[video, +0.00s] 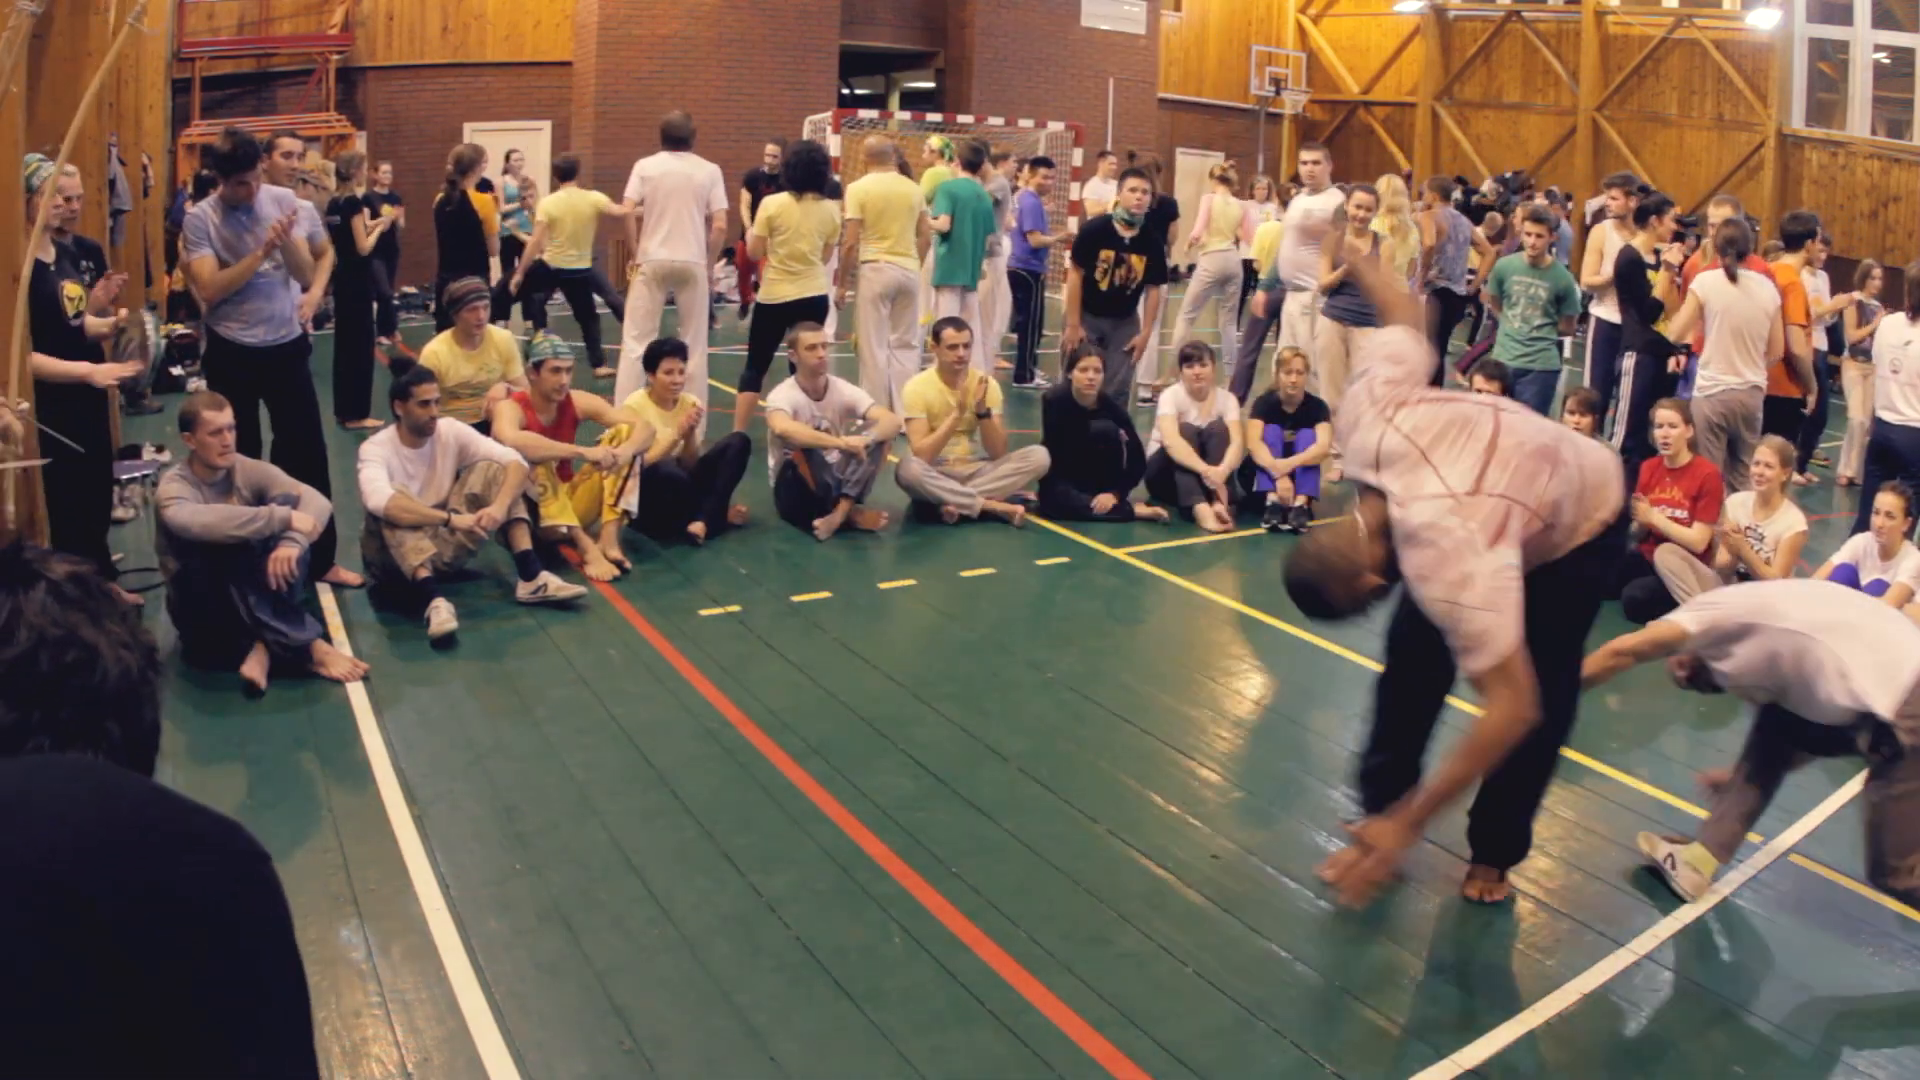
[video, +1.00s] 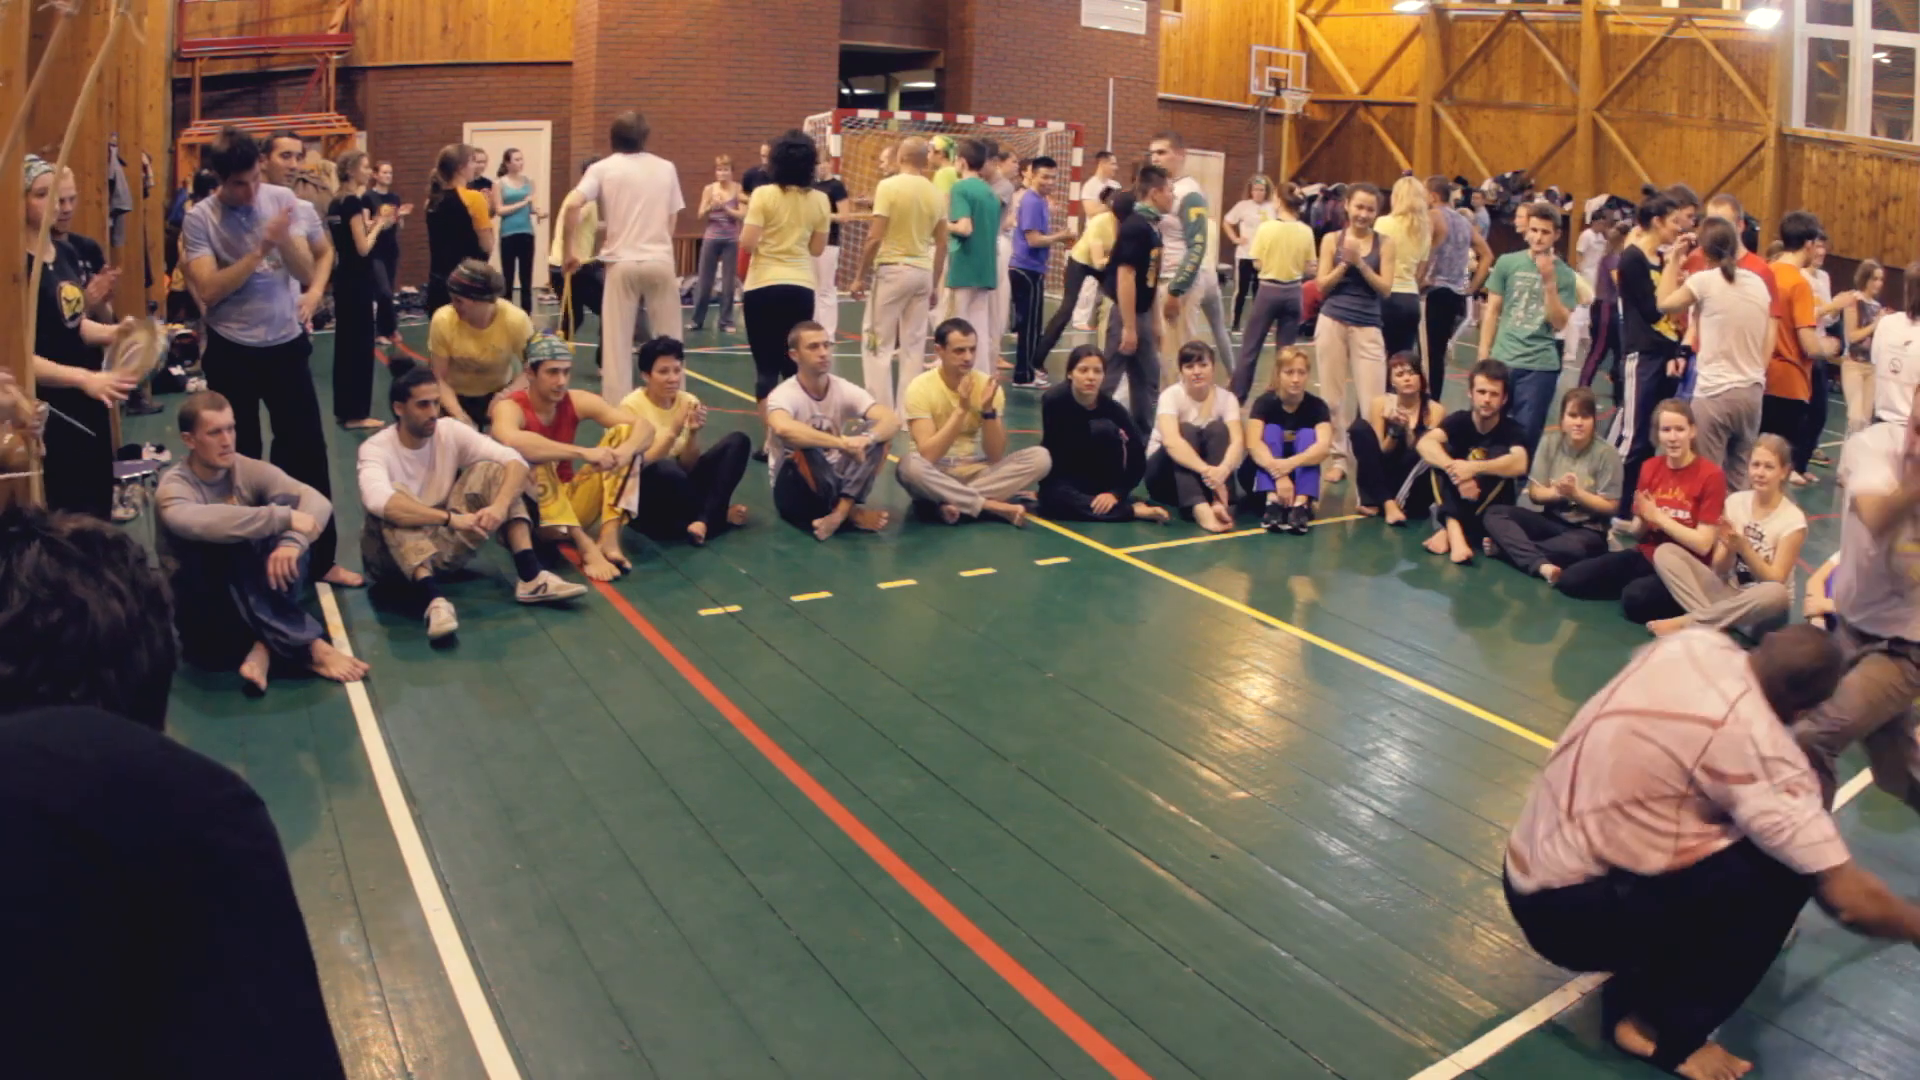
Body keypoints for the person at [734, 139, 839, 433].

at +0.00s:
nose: (778, 166)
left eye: (782, 162)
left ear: (787, 169)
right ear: (823, 172)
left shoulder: (771, 204)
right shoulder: (831, 209)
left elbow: (755, 249)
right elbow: (826, 254)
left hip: (774, 300)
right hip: (814, 298)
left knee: (755, 368)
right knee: (808, 367)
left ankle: (738, 436)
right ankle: (808, 435)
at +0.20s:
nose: (777, 166)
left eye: (781, 162)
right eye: (778, 161)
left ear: (788, 167)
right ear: (823, 169)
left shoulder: (773, 202)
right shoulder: (832, 206)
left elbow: (752, 248)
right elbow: (827, 255)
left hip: (775, 297)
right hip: (814, 296)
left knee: (756, 364)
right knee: (806, 364)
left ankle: (740, 434)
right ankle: (807, 431)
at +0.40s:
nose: (777, 165)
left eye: (782, 161)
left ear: (787, 166)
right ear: (822, 167)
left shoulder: (773, 200)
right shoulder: (831, 205)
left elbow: (753, 246)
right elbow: (825, 252)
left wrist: (775, 249)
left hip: (773, 292)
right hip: (812, 292)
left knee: (762, 367)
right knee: (804, 365)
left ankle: (760, 437)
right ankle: (805, 433)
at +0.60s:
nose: (773, 162)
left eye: (777, 158)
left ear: (782, 165)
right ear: (819, 166)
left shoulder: (771, 199)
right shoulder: (827, 202)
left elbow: (754, 246)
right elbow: (823, 249)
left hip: (770, 290)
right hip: (808, 290)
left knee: (768, 368)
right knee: (802, 365)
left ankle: (771, 440)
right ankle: (804, 435)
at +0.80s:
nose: (770, 162)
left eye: (774, 157)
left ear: (779, 163)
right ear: (815, 165)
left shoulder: (767, 196)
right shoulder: (824, 201)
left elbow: (752, 243)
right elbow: (820, 248)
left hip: (767, 287)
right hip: (805, 288)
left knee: (766, 369)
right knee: (798, 365)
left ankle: (771, 442)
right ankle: (800, 436)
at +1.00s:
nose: (767, 160)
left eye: (771, 156)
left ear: (775, 162)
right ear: (810, 164)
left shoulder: (763, 194)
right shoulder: (820, 200)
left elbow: (748, 241)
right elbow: (818, 248)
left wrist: (765, 233)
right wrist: (799, 230)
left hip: (763, 287)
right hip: (802, 288)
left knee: (766, 369)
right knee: (798, 366)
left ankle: (770, 442)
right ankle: (797, 438)